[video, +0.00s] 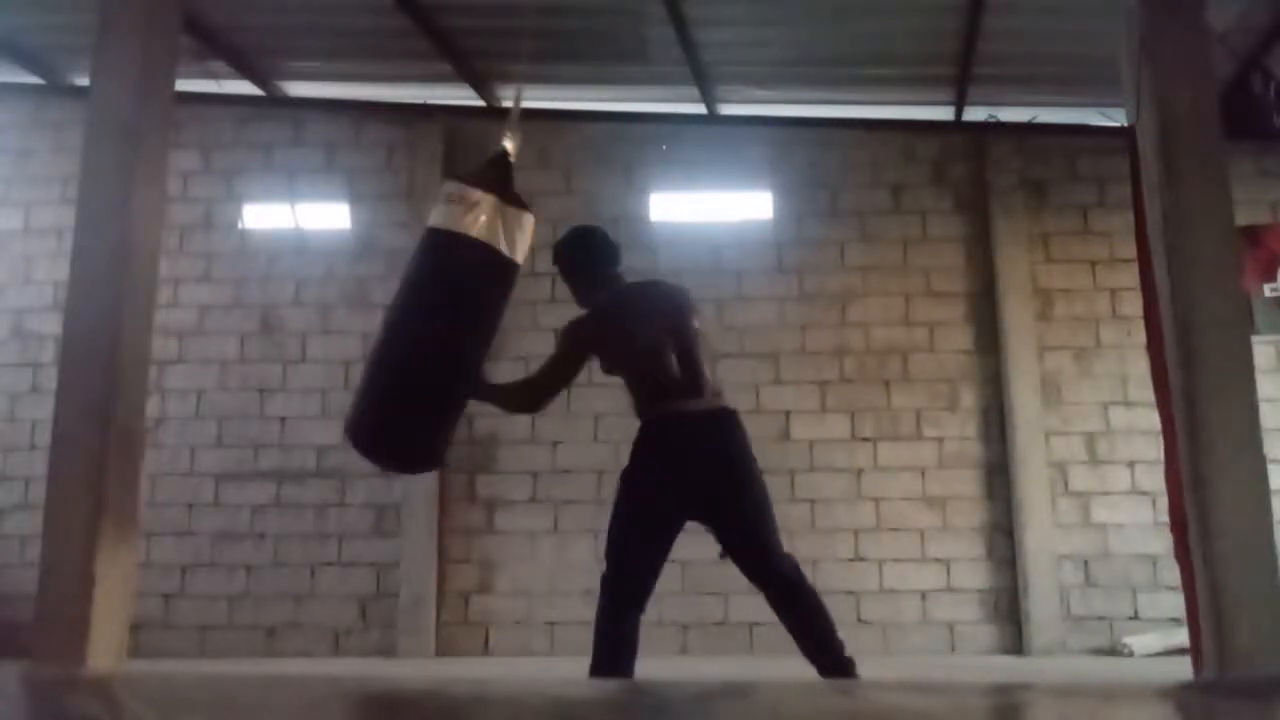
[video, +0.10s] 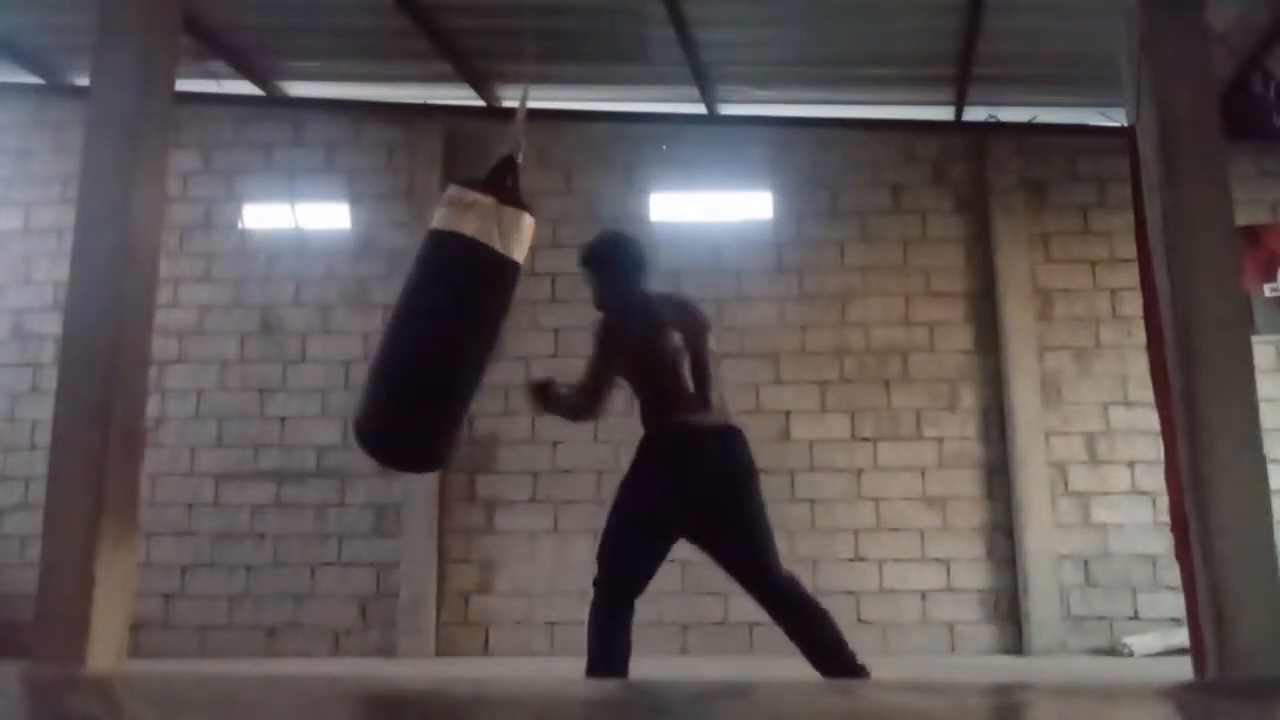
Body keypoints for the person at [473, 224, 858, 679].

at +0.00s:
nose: (569, 288)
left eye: (568, 277)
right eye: (565, 277)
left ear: (578, 274)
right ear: (613, 259)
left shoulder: (589, 326)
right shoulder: (670, 292)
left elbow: (532, 395)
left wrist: (474, 387)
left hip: (664, 444)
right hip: (722, 435)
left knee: (624, 586)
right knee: (768, 562)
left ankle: (607, 703)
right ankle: (842, 675)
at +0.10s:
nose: (592, 291)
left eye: (594, 279)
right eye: (591, 280)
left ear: (610, 277)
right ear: (638, 271)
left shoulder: (618, 324)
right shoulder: (682, 308)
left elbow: (585, 404)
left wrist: (549, 397)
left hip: (670, 455)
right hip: (725, 449)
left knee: (615, 587)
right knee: (767, 578)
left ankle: (603, 707)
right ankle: (855, 684)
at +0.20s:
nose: (623, 296)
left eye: (627, 283)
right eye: (622, 284)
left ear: (644, 282)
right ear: (669, 278)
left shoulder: (662, 325)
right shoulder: (712, 321)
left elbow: (641, 402)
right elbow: (703, 388)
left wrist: (596, 385)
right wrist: (645, 343)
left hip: (683, 462)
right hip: (735, 461)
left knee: (619, 591)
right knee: (771, 595)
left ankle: (607, 705)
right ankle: (852, 695)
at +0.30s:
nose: (644, 276)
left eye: (647, 264)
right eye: (641, 265)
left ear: (665, 261)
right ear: (692, 256)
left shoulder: (685, 300)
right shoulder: (736, 297)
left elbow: (692, 368)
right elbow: (743, 372)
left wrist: (638, 357)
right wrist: (671, 331)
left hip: (719, 438)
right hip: (767, 433)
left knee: (667, 562)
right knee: (799, 561)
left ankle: (629, 670)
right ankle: (870, 669)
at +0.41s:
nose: (674, 275)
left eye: (675, 262)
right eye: (670, 263)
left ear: (693, 256)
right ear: (715, 251)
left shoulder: (725, 293)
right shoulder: (758, 290)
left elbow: (732, 357)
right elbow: (769, 360)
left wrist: (680, 341)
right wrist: (697, 331)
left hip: (755, 430)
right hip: (797, 427)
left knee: (686, 548)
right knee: (815, 558)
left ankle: (698, 673)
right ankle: (892, 669)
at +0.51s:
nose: (701, 287)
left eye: (706, 275)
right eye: (700, 276)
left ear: (728, 274)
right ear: (747, 272)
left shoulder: (755, 315)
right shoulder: (787, 317)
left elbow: (754, 380)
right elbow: (798, 385)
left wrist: (707, 354)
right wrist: (726, 343)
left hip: (786, 456)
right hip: (825, 453)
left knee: (719, 573)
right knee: (833, 581)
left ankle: (766, 687)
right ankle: (911, 682)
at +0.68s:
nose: (726, 275)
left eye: (726, 263)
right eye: (722, 265)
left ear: (746, 255)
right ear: (767, 247)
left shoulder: (788, 284)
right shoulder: (815, 286)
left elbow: (780, 353)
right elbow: (802, 358)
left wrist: (736, 323)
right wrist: (747, 321)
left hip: (818, 427)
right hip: (855, 425)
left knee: (781, 543)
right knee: (849, 556)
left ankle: (802, 672)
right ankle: (917, 674)